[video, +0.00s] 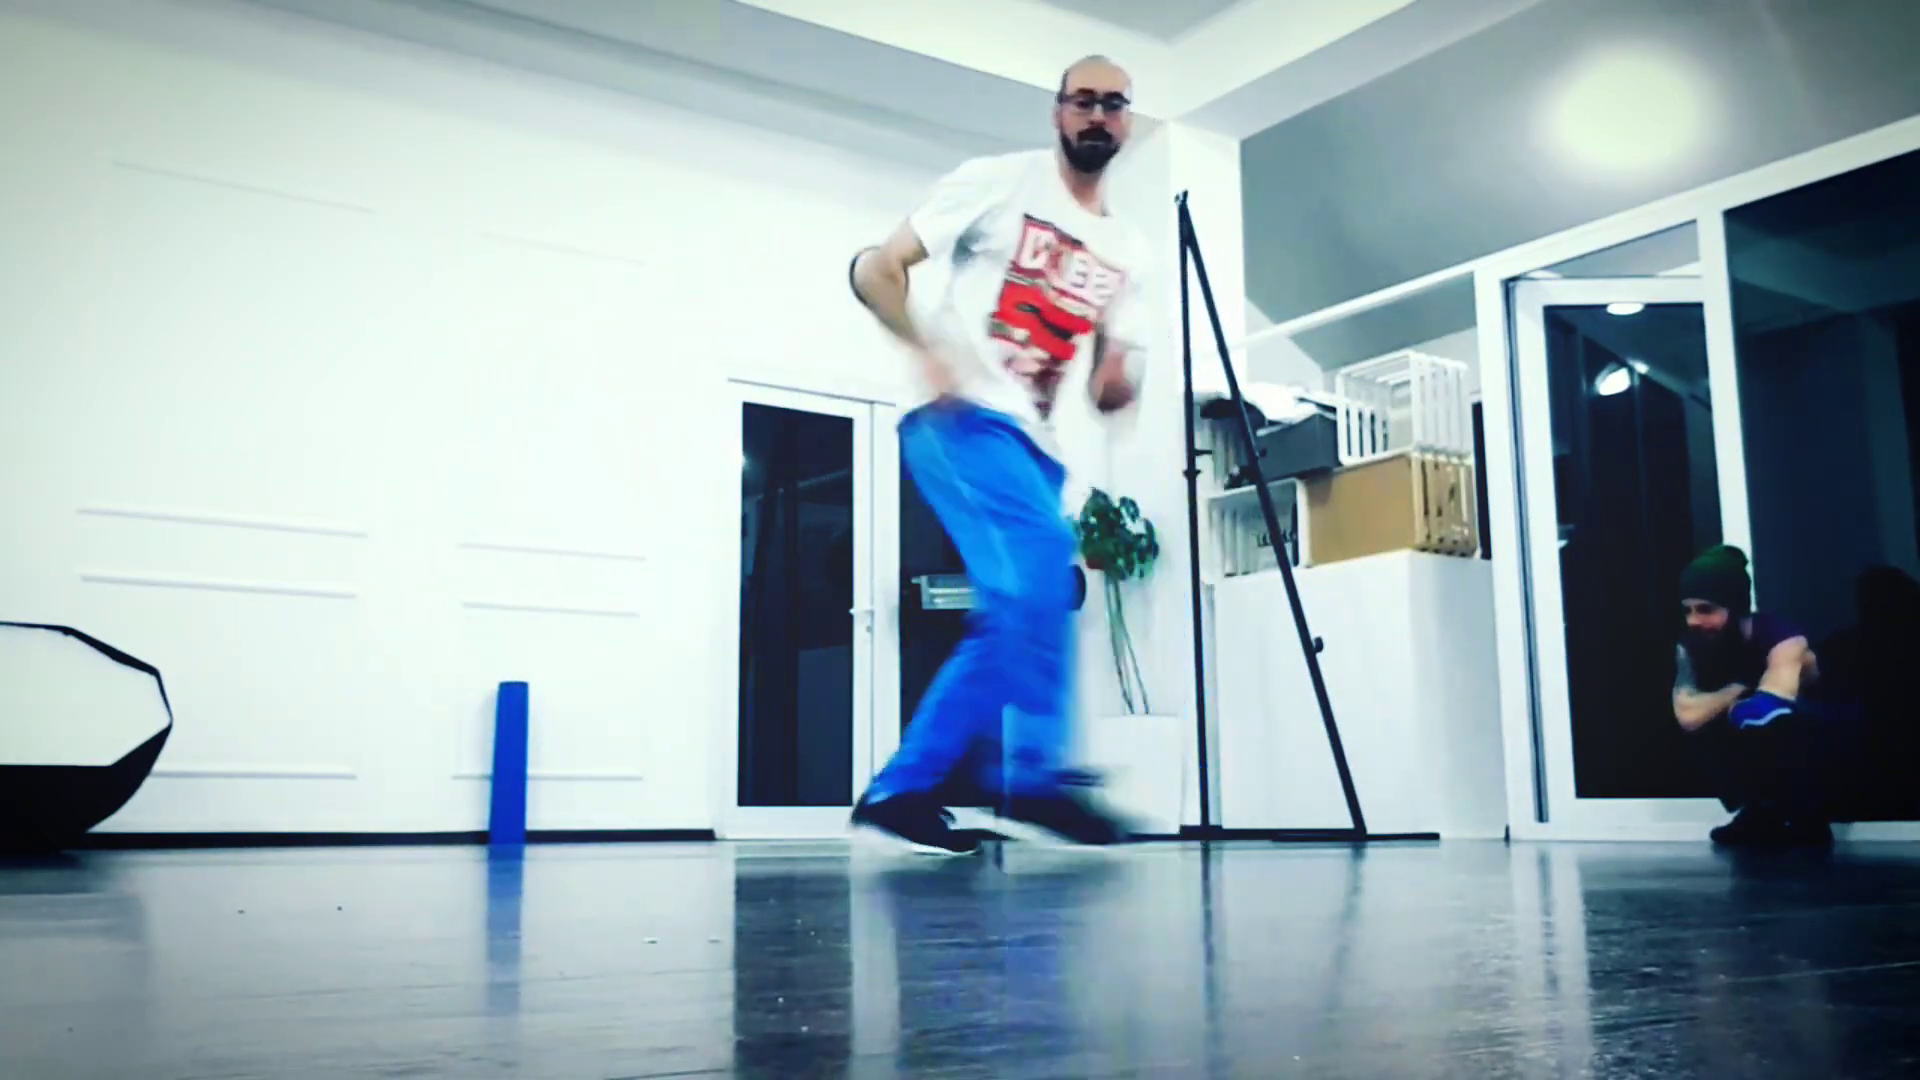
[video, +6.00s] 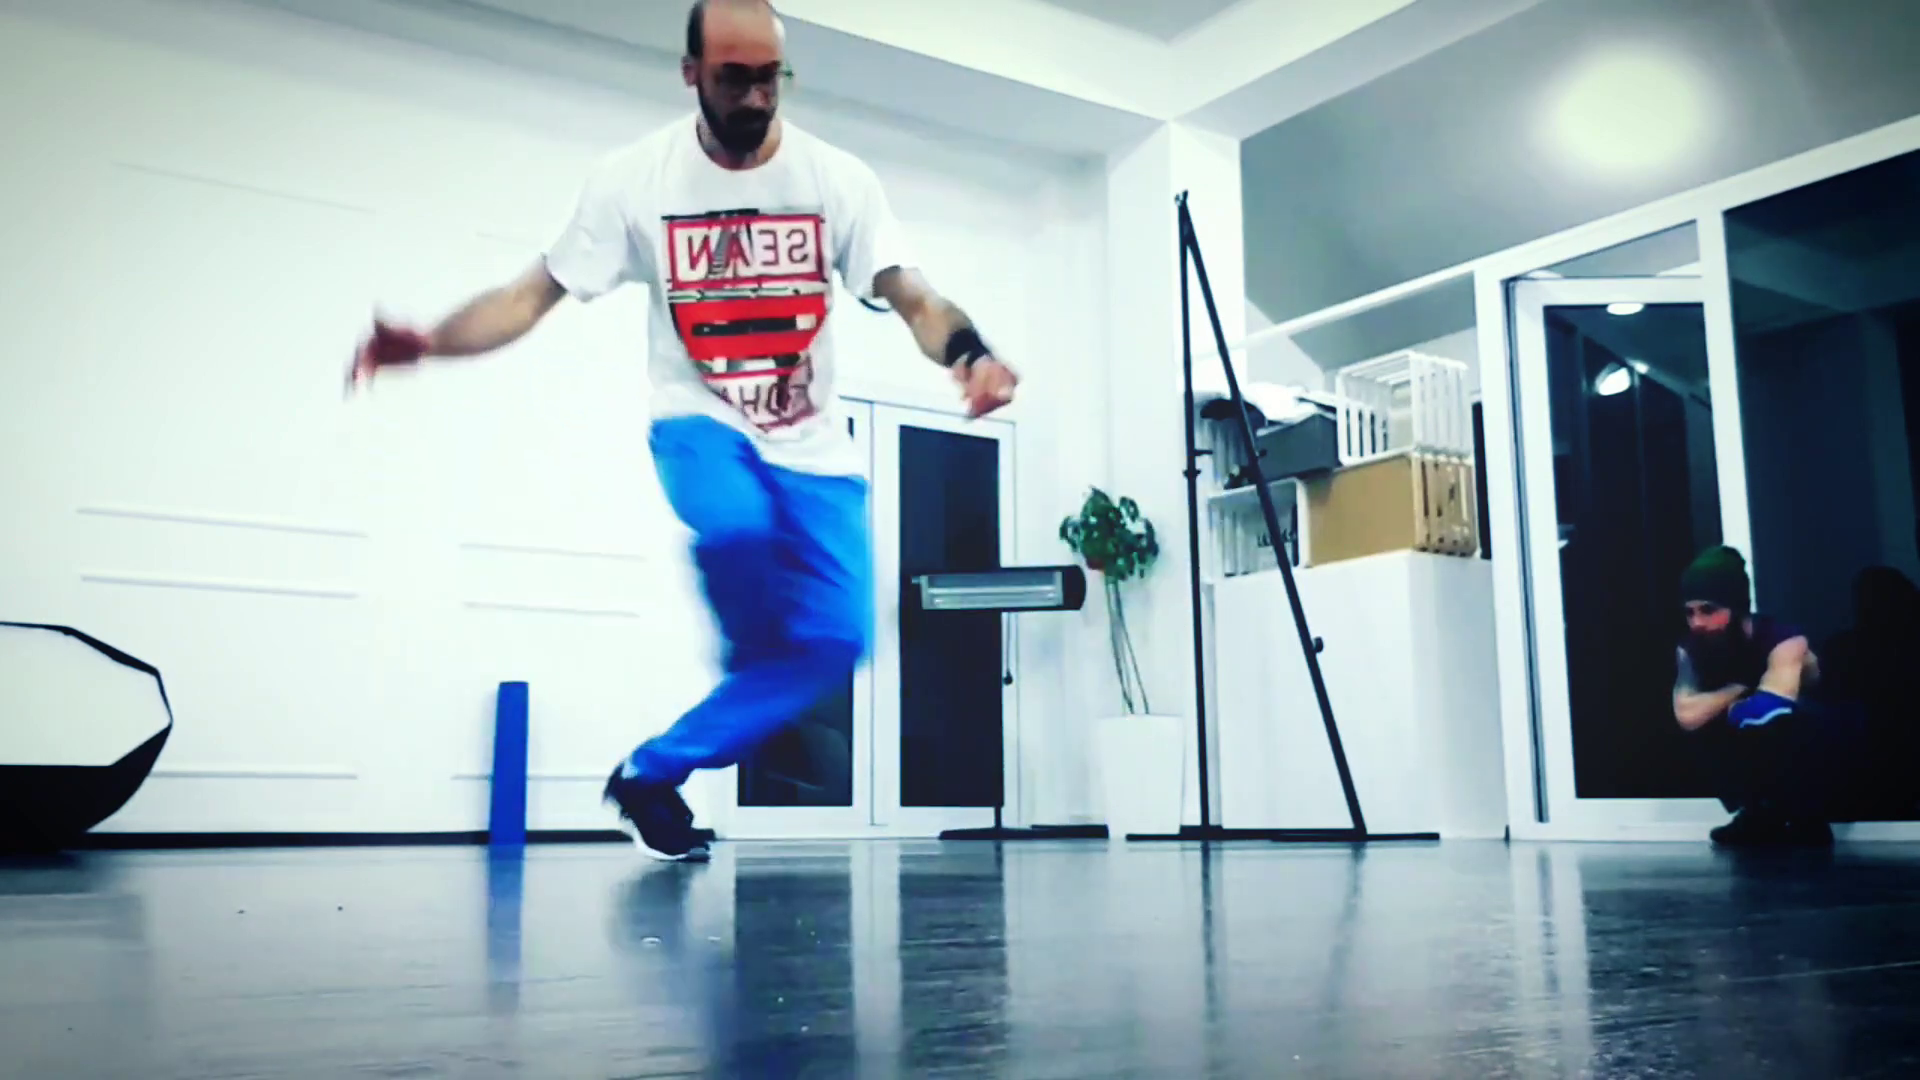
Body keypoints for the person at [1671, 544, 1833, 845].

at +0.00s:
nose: (1693, 622)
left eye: (1705, 611)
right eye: (1688, 611)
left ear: (1734, 607)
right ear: (1682, 610)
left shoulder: (1780, 636)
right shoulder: (1689, 649)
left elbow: (1772, 704)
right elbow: (1688, 715)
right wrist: (1735, 692)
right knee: (1706, 728)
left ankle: (1804, 821)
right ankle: (1756, 813)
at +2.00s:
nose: (1696, 623)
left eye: (1707, 611)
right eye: (1689, 612)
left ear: (1736, 608)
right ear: (1683, 613)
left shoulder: (1781, 638)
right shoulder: (1689, 651)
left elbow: (1775, 700)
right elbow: (1687, 716)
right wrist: (1730, 693)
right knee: (1710, 726)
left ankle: (1804, 820)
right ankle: (1756, 813)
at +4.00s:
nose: (1699, 623)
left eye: (1710, 611)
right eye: (1692, 612)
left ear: (1738, 607)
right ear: (1685, 611)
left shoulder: (1783, 640)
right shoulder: (1691, 651)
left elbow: (1773, 706)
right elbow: (1687, 715)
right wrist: (1737, 690)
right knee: (1708, 726)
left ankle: (1804, 820)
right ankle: (1756, 813)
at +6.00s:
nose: (1697, 623)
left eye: (1708, 611)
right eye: (1690, 613)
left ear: (1736, 607)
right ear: (1684, 612)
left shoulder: (1778, 637)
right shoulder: (1690, 652)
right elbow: (1688, 715)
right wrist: (1738, 690)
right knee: (1703, 727)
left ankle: (1803, 819)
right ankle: (1754, 814)